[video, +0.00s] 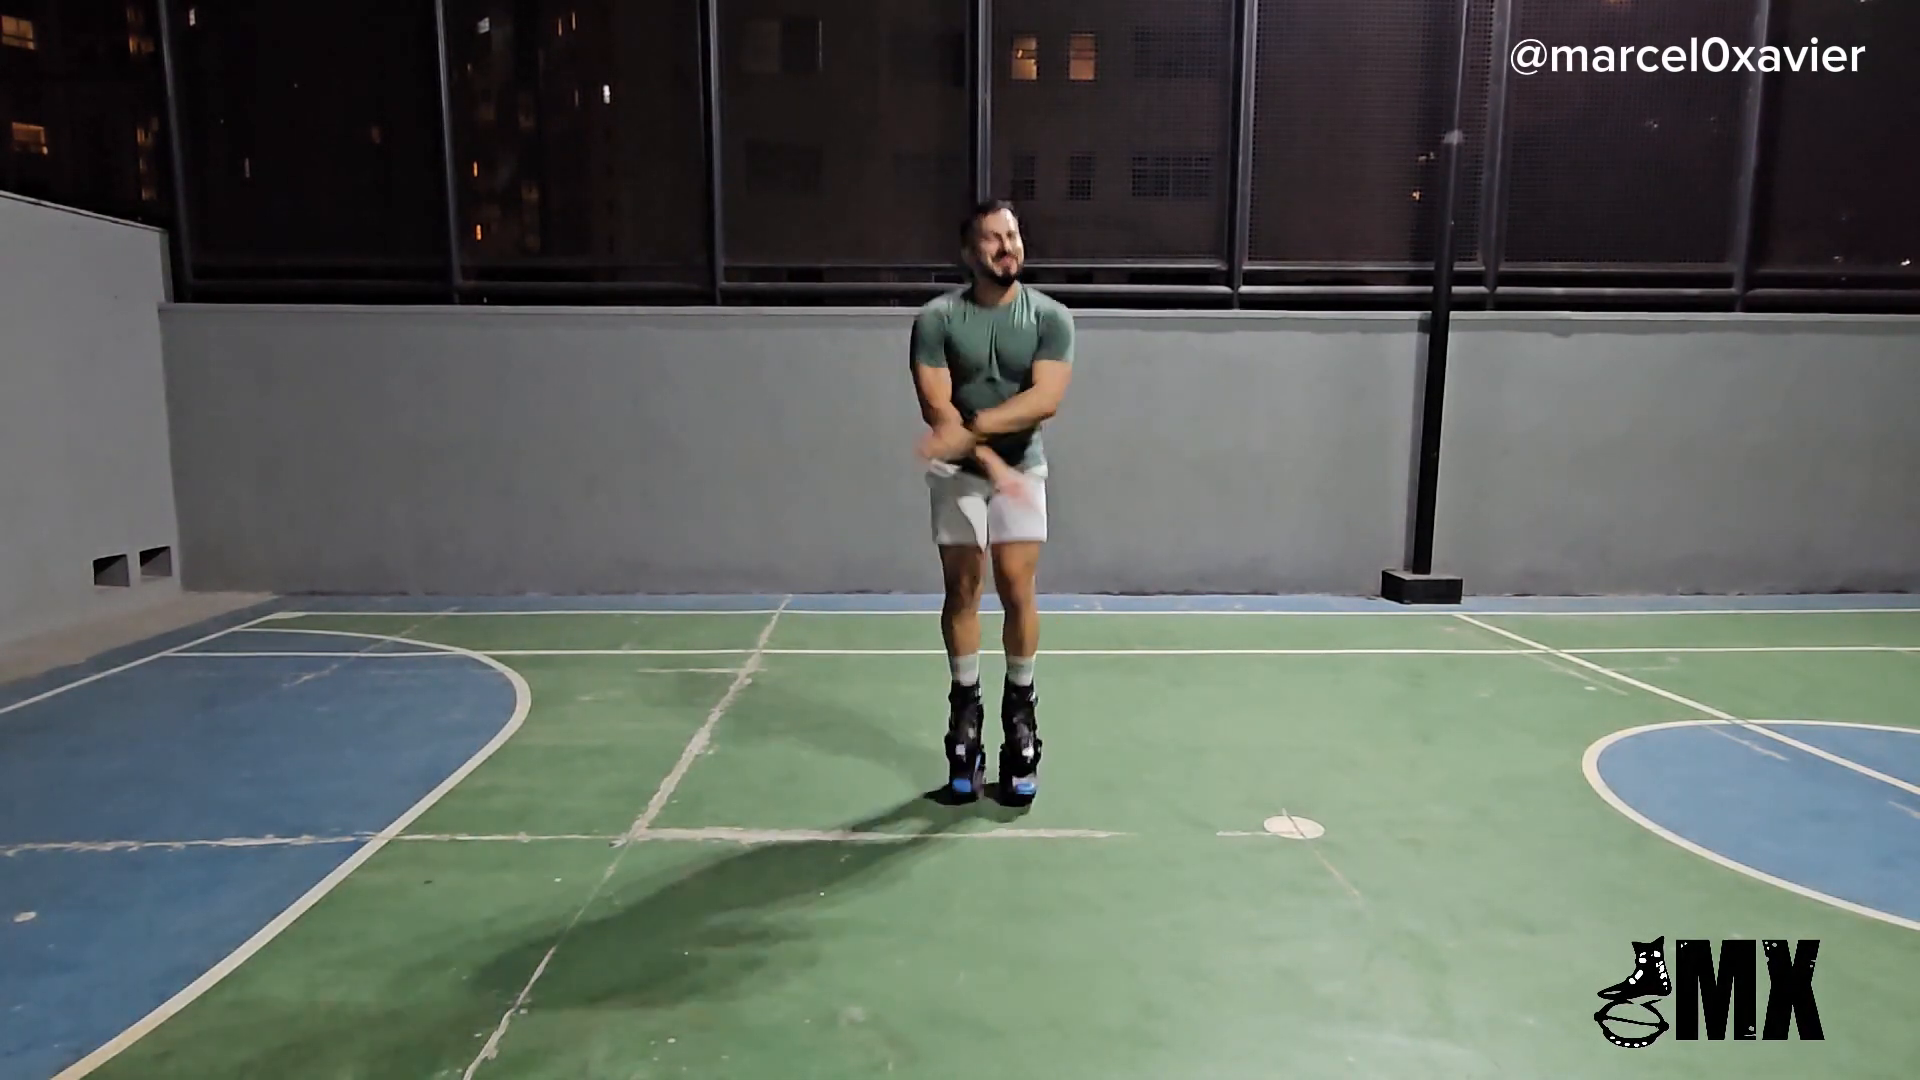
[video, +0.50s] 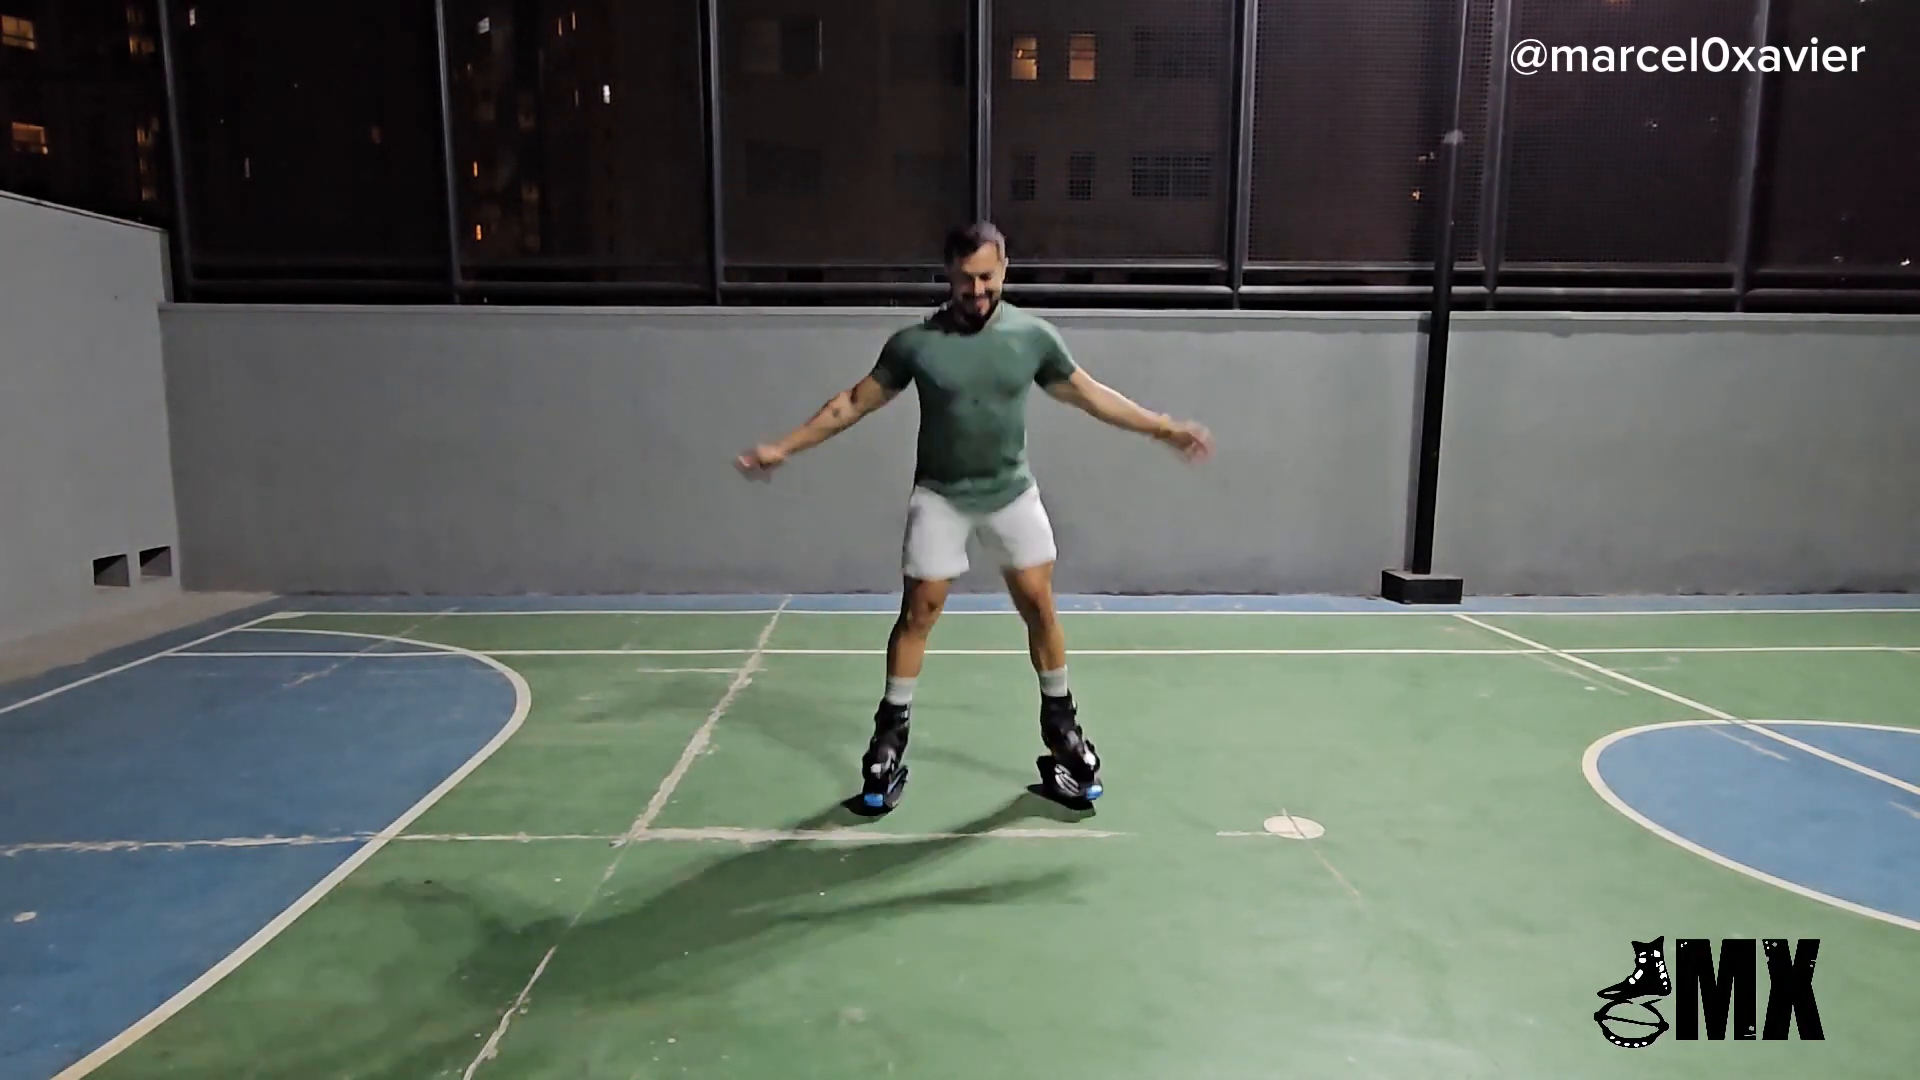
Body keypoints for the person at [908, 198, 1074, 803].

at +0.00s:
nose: (1007, 247)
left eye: (1012, 236)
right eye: (993, 239)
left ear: (1023, 244)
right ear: (970, 252)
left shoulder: (1050, 318)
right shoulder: (937, 320)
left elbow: (1045, 400)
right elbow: (941, 413)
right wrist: (994, 464)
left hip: (1022, 465)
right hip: (957, 465)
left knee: (1016, 585)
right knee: (963, 586)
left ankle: (1020, 718)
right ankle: (965, 719)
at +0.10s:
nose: (1004, 272)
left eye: (1011, 262)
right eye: (991, 263)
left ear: (1022, 270)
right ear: (969, 273)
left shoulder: (1046, 339)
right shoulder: (937, 340)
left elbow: (1032, 400)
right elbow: (937, 418)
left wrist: (957, 358)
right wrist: (1013, 405)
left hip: (1018, 500)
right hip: (955, 499)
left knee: (1014, 608)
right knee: (962, 613)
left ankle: (1017, 736)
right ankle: (965, 739)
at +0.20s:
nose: (994, 238)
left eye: (1003, 226)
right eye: (983, 228)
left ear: (1016, 229)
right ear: (964, 232)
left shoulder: (1045, 296)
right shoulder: (928, 297)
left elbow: (1068, 377)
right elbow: (907, 380)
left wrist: (1029, 342)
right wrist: (942, 369)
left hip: (1017, 462)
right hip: (951, 463)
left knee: (1017, 576)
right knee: (955, 578)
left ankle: (1021, 706)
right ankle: (959, 714)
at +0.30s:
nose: (984, 229)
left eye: (994, 217)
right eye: (973, 218)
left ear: (1008, 211)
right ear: (955, 216)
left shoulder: (1042, 278)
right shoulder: (920, 281)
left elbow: (1080, 353)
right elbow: (885, 351)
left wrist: (1104, 384)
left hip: (1016, 440)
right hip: (947, 441)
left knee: (1025, 559)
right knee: (941, 559)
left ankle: (1033, 680)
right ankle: (938, 688)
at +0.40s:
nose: (979, 247)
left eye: (988, 235)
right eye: (967, 236)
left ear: (1004, 227)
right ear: (950, 232)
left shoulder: (1037, 293)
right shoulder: (916, 300)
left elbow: (1087, 374)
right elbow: (865, 379)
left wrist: (1139, 436)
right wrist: (812, 444)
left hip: (1017, 451)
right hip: (944, 454)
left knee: (1036, 568)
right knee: (927, 570)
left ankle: (1050, 689)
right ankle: (909, 699)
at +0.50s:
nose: (978, 289)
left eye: (987, 278)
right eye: (968, 279)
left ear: (1003, 274)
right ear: (950, 277)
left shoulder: (1032, 338)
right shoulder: (915, 345)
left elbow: (1089, 394)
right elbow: (853, 403)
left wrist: (1163, 428)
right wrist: (782, 448)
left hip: (1011, 494)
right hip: (940, 497)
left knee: (1038, 605)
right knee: (920, 610)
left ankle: (1062, 727)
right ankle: (889, 736)